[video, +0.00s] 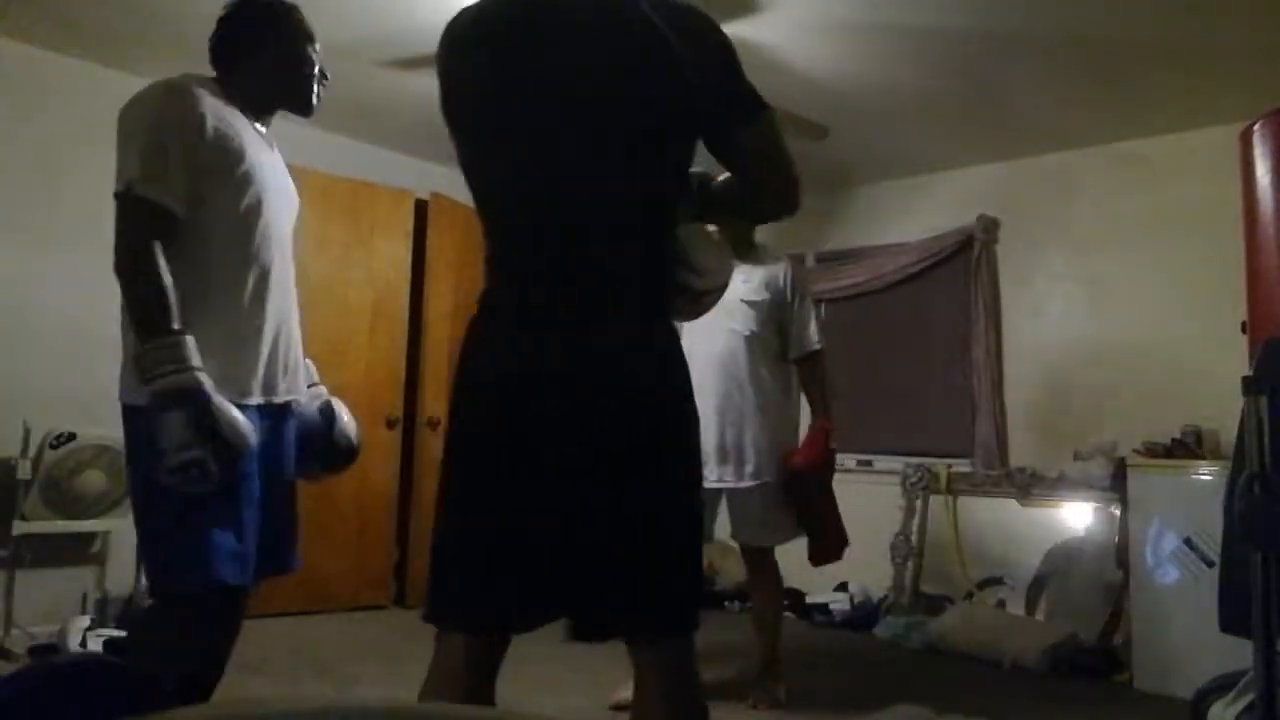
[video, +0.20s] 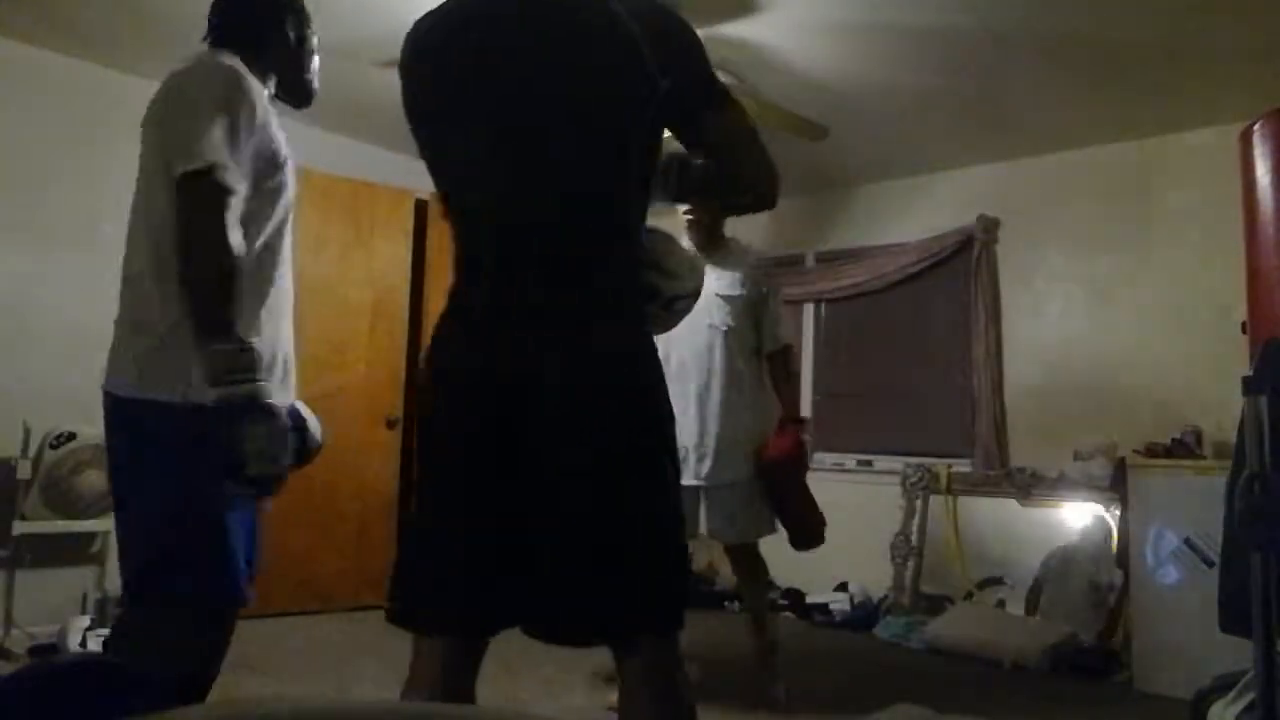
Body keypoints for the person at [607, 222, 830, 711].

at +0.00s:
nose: (722, 223)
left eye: (731, 209)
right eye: (714, 210)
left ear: (751, 215)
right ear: (699, 214)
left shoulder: (776, 275)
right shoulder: (677, 277)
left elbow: (808, 356)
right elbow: (652, 357)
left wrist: (821, 426)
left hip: (755, 451)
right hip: (683, 449)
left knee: (759, 560)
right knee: (670, 566)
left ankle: (769, 673)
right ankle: (657, 677)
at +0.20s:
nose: (692, 220)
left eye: (702, 209)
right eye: (687, 210)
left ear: (724, 213)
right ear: (679, 216)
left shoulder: (749, 272)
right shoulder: (662, 272)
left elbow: (777, 353)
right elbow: (642, 352)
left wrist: (791, 421)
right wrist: (635, 422)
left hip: (734, 438)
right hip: (670, 436)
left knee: (741, 552)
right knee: (662, 554)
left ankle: (768, 665)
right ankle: (658, 664)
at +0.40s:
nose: (674, 200)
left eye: (687, 190)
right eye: (666, 188)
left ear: (706, 202)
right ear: (654, 198)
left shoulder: (734, 265)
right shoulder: (633, 265)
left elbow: (754, 343)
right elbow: (616, 344)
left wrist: (770, 408)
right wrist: (614, 419)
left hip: (718, 440)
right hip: (652, 439)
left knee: (733, 559)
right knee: (650, 563)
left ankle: (751, 664)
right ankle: (649, 673)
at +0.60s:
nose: (682, 198)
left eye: (693, 189)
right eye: (670, 186)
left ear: (706, 200)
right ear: (649, 195)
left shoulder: (730, 263)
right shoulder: (629, 263)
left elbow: (748, 341)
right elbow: (611, 339)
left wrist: (769, 408)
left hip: (714, 435)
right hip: (649, 436)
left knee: (727, 559)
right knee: (648, 563)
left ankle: (736, 673)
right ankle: (647, 681)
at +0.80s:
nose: (700, 202)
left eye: (709, 194)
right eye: (690, 190)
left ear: (718, 204)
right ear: (666, 195)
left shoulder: (734, 265)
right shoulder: (640, 260)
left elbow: (750, 343)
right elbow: (625, 339)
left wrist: (772, 410)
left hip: (725, 435)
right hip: (661, 436)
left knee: (741, 552)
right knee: (660, 559)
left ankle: (745, 672)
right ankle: (652, 680)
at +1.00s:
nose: (727, 206)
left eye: (733, 196)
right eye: (714, 194)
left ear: (741, 206)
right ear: (682, 200)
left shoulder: (755, 266)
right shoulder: (657, 262)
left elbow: (771, 348)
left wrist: (791, 417)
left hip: (740, 443)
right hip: (673, 440)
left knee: (743, 567)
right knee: (663, 568)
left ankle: (743, 684)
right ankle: (653, 684)